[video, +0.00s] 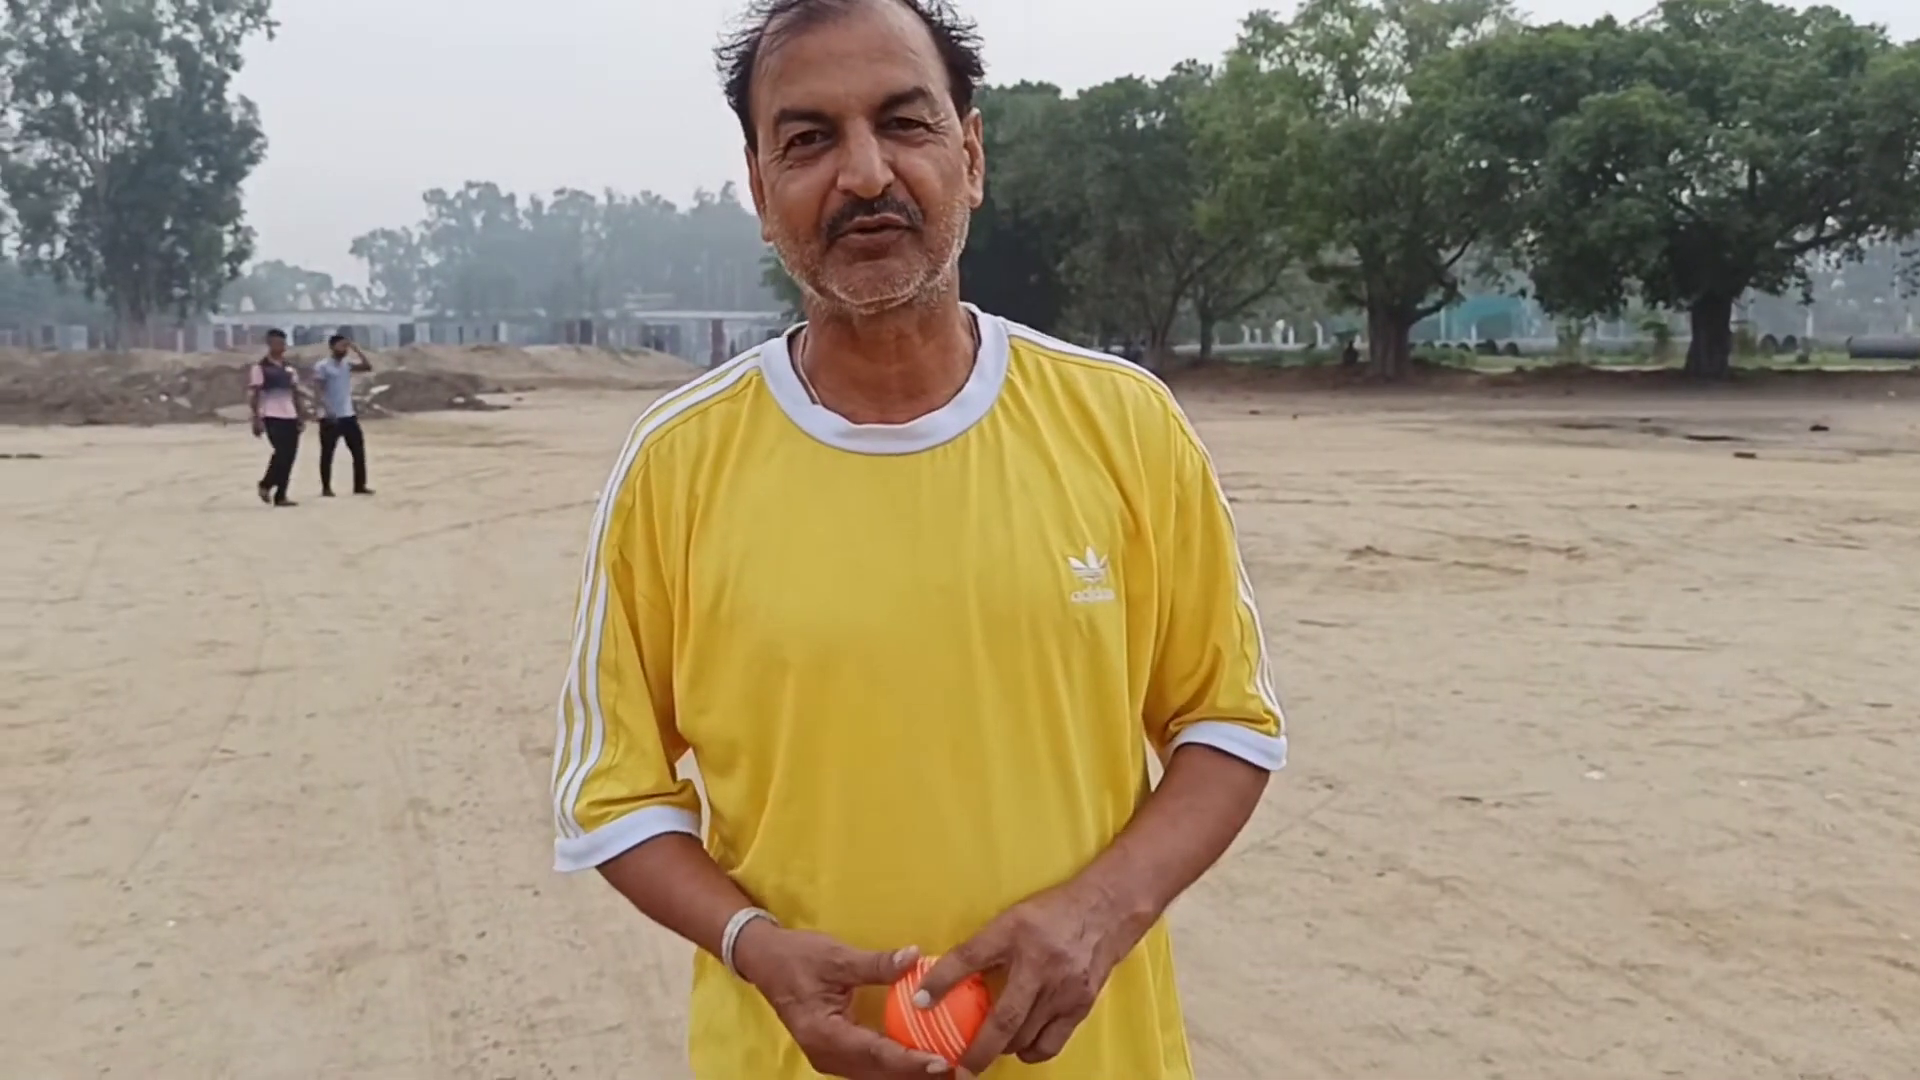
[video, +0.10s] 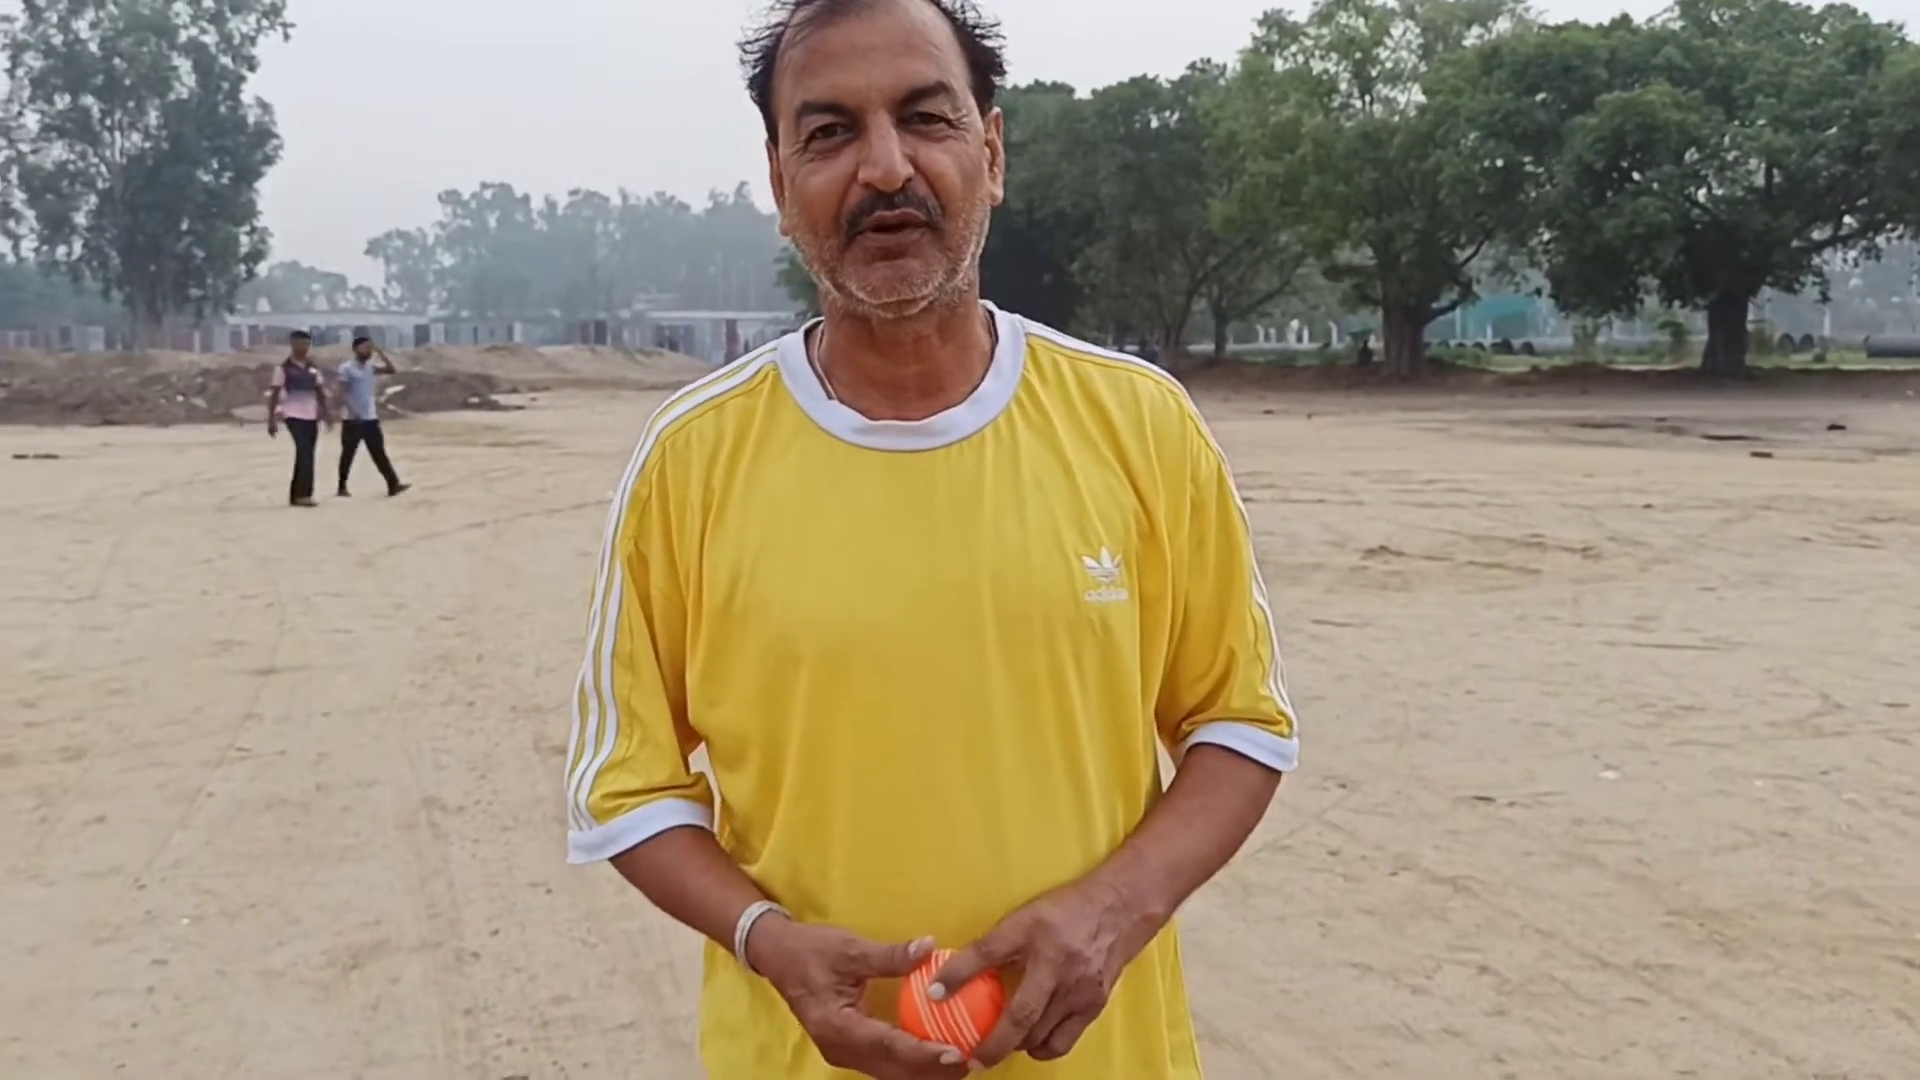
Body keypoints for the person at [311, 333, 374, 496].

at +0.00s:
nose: (344, 349)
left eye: (346, 345)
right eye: (341, 345)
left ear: (347, 348)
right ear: (332, 346)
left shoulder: (346, 365)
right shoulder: (322, 367)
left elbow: (367, 367)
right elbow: (317, 391)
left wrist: (357, 350)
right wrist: (320, 410)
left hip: (348, 416)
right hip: (329, 417)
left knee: (359, 453)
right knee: (327, 455)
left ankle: (360, 485)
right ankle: (326, 487)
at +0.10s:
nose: (368, 351)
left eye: (369, 347)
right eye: (365, 347)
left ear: (370, 350)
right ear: (356, 349)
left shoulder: (370, 368)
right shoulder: (346, 369)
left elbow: (391, 370)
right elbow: (339, 393)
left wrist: (379, 353)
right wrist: (342, 411)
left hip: (370, 419)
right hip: (352, 419)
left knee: (379, 454)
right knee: (347, 455)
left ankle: (393, 483)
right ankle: (342, 486)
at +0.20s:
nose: (394, 353)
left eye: (396, 350)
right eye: (391, 349)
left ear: (397, 351)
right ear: (382, 350)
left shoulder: (396, 369)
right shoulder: (373, 371)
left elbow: (416, 373)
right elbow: (365, 394)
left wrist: (406, 356)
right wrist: (372, 412)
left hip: (398, 419)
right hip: (380, 420)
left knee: (407, 455)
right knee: (371, 456)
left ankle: (412, 487)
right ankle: (358, 485)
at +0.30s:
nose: (419, 351)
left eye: (420, 347)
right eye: (415, 347)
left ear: (420, 350)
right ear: (407, 349)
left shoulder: (419, 368)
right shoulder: (396, 369)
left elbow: (439, 373)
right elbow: (390, 395)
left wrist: (426, 353)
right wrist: (397, 417)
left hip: (423, 418)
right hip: (406, 419)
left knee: (430, 455)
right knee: (403, 455)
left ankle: (428, 488)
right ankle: (383, 475)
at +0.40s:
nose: (440, 348)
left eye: (441, 345)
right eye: (436, 344)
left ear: (441, 348)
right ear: (428, 347)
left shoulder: (441, 365)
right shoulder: (417, 366)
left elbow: (459, 372)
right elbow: (412, 393)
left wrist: (449, 354)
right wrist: (415, 415)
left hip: (443, 415)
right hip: (427, 416)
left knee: (445, 454)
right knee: (433, 452)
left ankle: (441, 487)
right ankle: (415, 474)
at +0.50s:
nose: (456, 347)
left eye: (457, 343)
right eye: (453, 343)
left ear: (458, 346)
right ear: (445, 346)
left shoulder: (457, 365)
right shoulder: (434, 366)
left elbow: (475, 374)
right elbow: (426, 391)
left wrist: (464, 355)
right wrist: (428, 414)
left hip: (458, 413)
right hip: (443, 413)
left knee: (456, 450)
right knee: (452, 449)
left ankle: (452, 485)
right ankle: (447, 485)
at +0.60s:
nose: (469, 349)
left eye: (470, 345)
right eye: (465, 345)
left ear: (471, 348)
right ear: (457, 348)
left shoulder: (472, 368)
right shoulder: (448, 369)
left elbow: (488, 377)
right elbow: (438, 393)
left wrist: (477, 357)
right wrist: (440, 417)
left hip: (470, 415)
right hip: (456, 415)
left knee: (463, 453)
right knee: (467, 453)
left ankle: (455, 487)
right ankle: (478, 485)